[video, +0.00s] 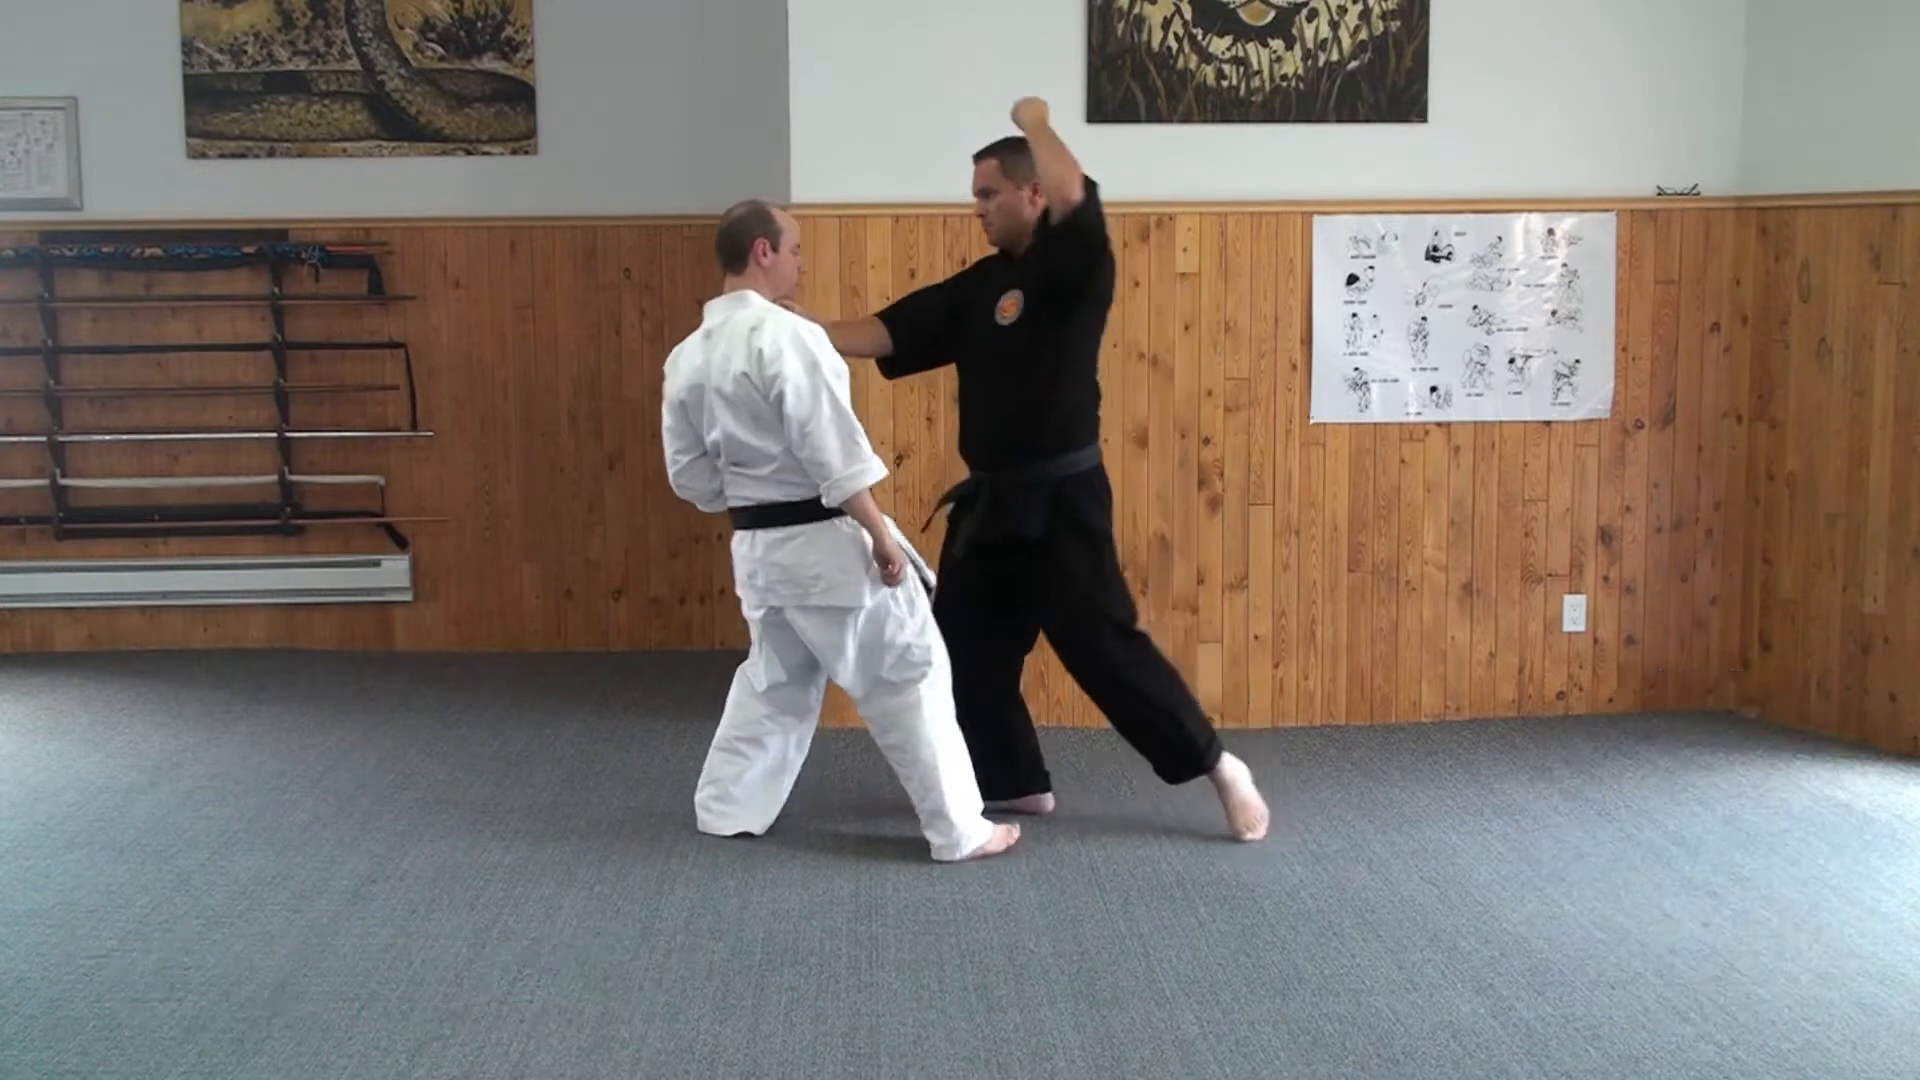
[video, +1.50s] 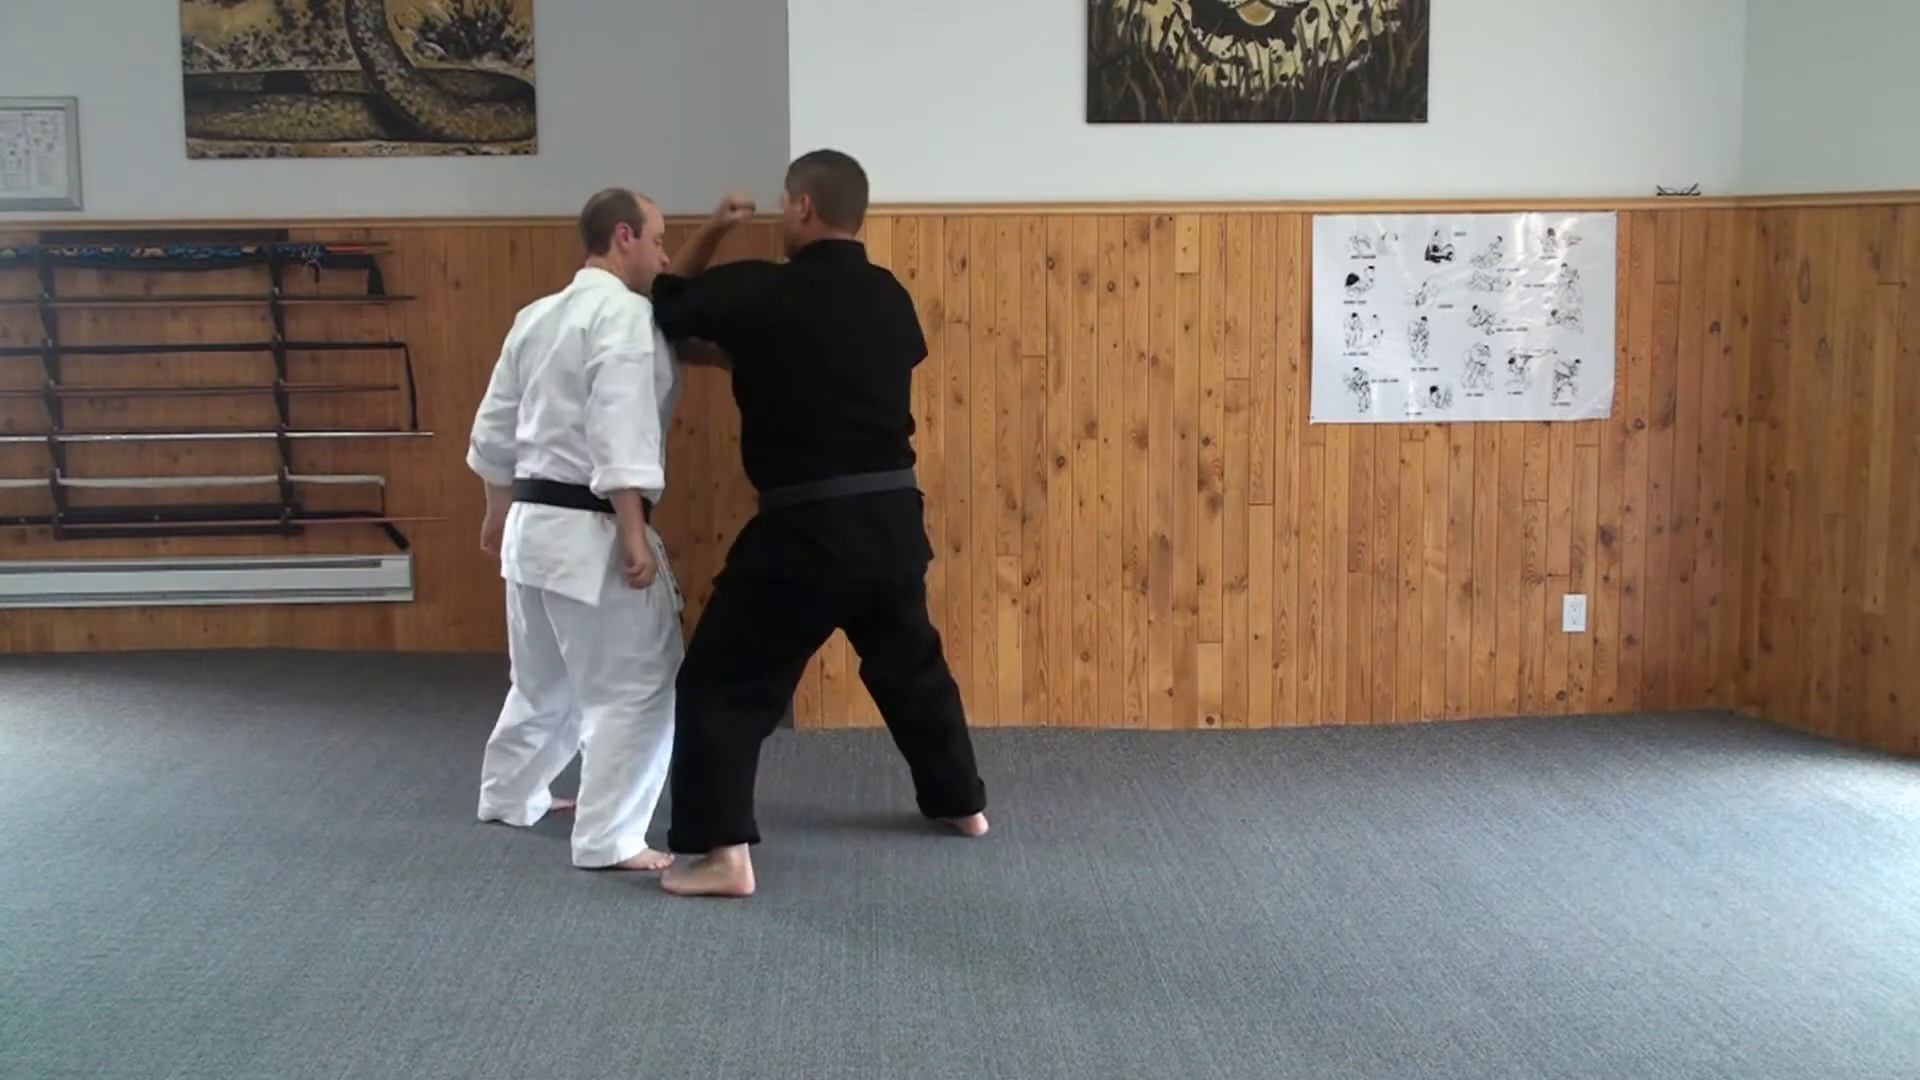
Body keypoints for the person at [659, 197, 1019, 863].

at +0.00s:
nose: (802, 265)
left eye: (800, 251)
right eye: (795, 251)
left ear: (743, 258)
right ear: (762, 254)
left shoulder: (686, 358)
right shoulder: (791, 337)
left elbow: (690, 476)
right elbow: (832, 450)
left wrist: (754, 506)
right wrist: (879, 532)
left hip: (756, 548)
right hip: (831, 542)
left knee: (775, 676)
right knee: (908, 677)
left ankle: (723, 810)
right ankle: (958, 828)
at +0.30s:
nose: (743, 259)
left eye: (741, 244)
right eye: (736, 244)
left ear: (684, 246)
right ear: (705, 244)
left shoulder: (622, 336)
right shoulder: (718, 328)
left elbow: (601, 461)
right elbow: (768, 444)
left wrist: (664, 492)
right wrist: (827, 526)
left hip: (663, 550)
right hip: (734, 549)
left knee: (721, 675)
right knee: (829, 651)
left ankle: (724, 807)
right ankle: (815, 810)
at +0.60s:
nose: (703, 244)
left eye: (701, 230)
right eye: (697, 229)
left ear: (639, 235)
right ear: (664, 232)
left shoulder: (575, 310)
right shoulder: (673, 319)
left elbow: (526, 414)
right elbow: (681, 447)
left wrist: (496, 498)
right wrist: (723, 542)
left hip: (582, 531)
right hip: (651, 535)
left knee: (669, 669)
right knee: (651, 684)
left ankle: (708, 802)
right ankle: (594, 833)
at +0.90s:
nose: (665, 244)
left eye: (663, 230)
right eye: (658, 231)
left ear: (605, 237)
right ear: (626, 234)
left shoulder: (545, 311)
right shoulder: (631, 324)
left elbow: (503, 418)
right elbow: (612, 441)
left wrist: (507, 492)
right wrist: (627, 547)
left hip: (544, 530)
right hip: (611, 540)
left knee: (552, 674)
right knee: (648, 686)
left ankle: (513, 788)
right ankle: (606, 838)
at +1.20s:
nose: (640, 240)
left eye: (636, 225)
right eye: (630, 226)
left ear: (575, 238)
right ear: (594, 234)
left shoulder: (524, 316)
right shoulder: (598, 319)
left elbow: (497, 439)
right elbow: (598, 428)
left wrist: (553, 487)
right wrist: (623, 526)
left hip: (533, 528)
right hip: (595, 532)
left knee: (547, 679)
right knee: (637, 682)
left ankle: (509, 796)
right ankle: (608, 837)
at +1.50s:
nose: (664, 253)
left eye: (664, 239)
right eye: (658, 239)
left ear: (598, 243)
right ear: (624, 240)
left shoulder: (536, 315)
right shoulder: (626, 316)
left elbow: (494, 427)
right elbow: (620, 426)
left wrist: (497, 505)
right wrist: (634, 529)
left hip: (529, 527)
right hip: (595, 530)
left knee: (543, 683)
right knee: (640, 685)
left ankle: (510, 798)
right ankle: (611, 840)